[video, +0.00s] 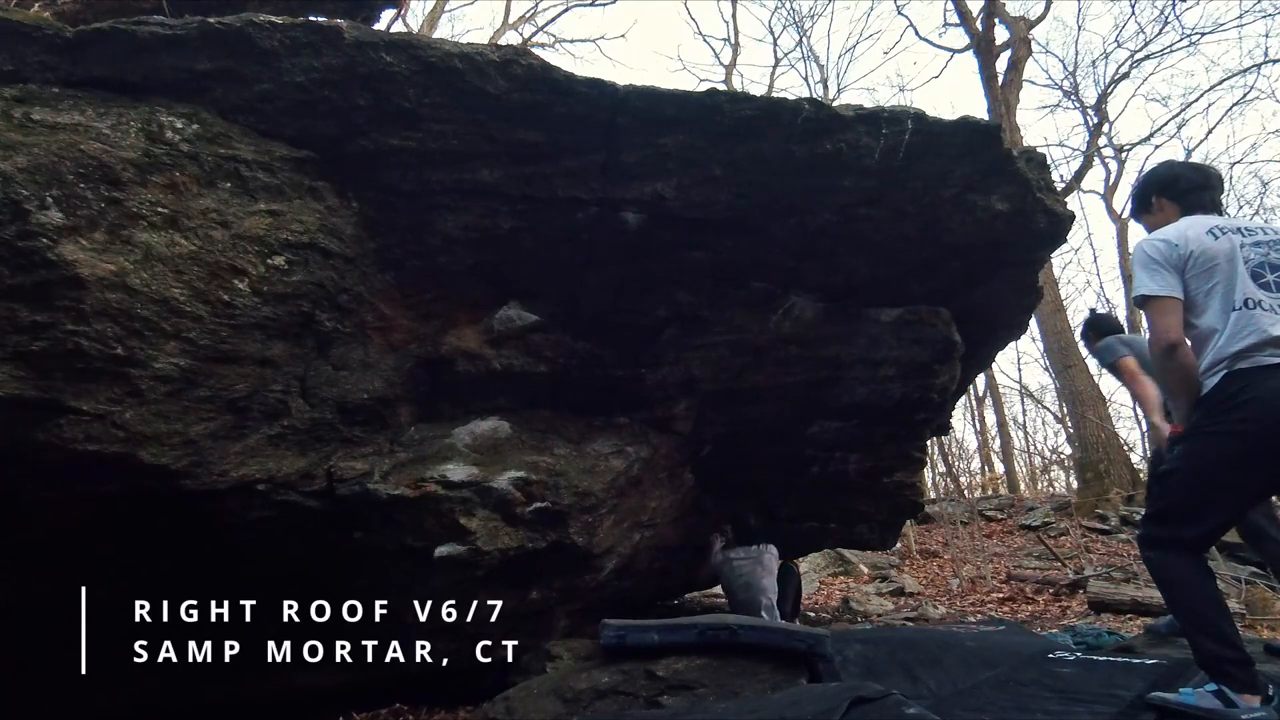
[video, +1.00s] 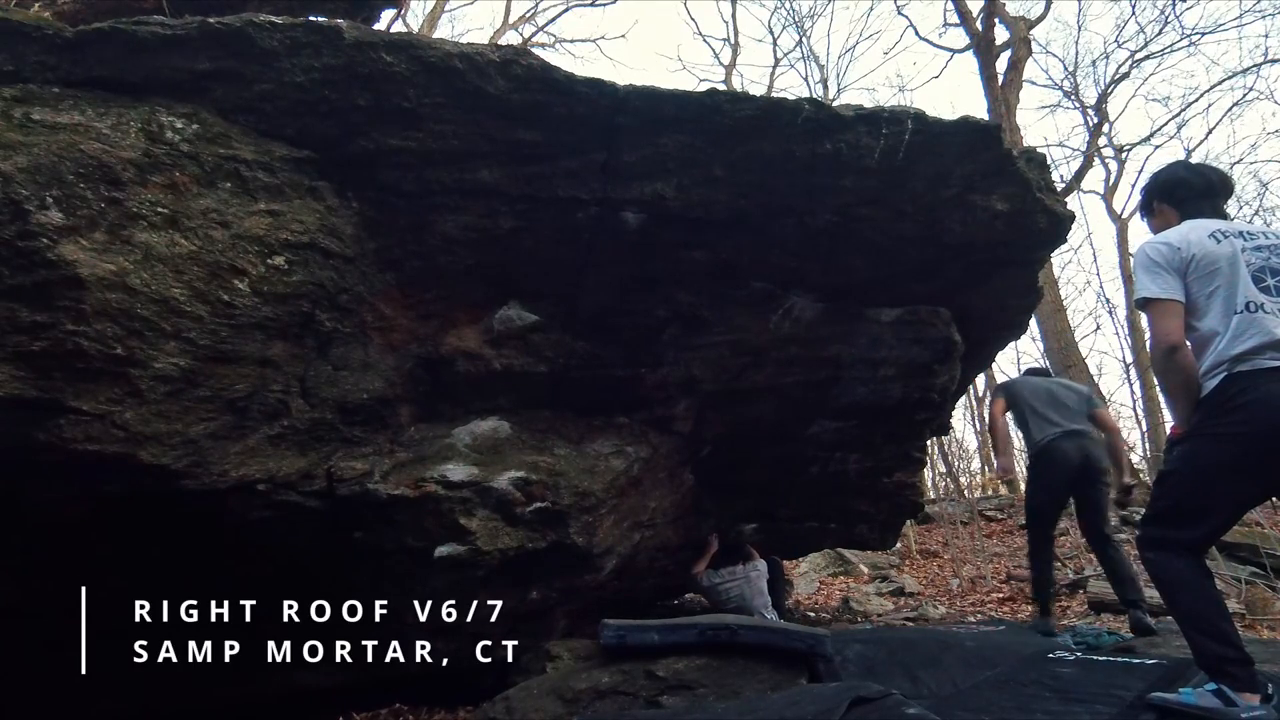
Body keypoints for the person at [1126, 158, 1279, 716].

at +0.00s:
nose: (1146, 225)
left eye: (1146, 215)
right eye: (1144, 217)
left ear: (1164, 205)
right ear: (1211, 202)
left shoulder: (1162, 242)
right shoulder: (1263, 231)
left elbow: (1169, 343)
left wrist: (1185, 416)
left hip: (1251, 389)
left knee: (1166, 536)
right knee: (1247, 502)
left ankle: (1236, 685)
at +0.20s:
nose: (1145, 229)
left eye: (1145, 217)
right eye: (1144, 219)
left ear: (1163, 205)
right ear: (1210, 203)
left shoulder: (1163, 243)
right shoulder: (1264, 233)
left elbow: (1170, 343)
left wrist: (1185, 418)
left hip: (1254, 392)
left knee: (1165, 533)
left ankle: (1235, 684)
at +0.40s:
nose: (1148, 226)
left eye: (1146, 217)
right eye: (1145, 218)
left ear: (1161, 210)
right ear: (1214, 203)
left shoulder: (1162, 244)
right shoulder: (1265, 233)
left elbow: (1171, 344)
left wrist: (1188, 421)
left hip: (1254, 394)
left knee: (1165, 533)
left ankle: (1237, 685)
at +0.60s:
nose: (1148, 225)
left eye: (1147, 217)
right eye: (1146, 218)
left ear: (1160, 211)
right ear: (1216, 204)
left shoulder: (1162, 246)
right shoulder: (1266, 234)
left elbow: (1170, 345)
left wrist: (1192, 423)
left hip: (1252, 394)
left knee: (1166, 538)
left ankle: (1236, 684)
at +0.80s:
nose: (1150, 226)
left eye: (1149, 217)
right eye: (1147, 218)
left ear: (1164, 210)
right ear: (1218, 205)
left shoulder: (1162, 246)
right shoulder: (1267, 235)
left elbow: (1170, 344)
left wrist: (1185, 421)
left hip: (1252, 396)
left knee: (1168, 538)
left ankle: (1236, 683)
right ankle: (1236, 680)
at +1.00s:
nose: (1149, 228)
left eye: (1149, 218)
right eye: (1148, 219)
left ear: (1166, 210)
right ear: (1218, 206)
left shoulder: (1164, 246)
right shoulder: (1267, 236)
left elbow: (1170, 345)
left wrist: (1184, 421)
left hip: (1252, 397)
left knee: (1166, 538)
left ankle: (1236, 683)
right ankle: (1236, 680)